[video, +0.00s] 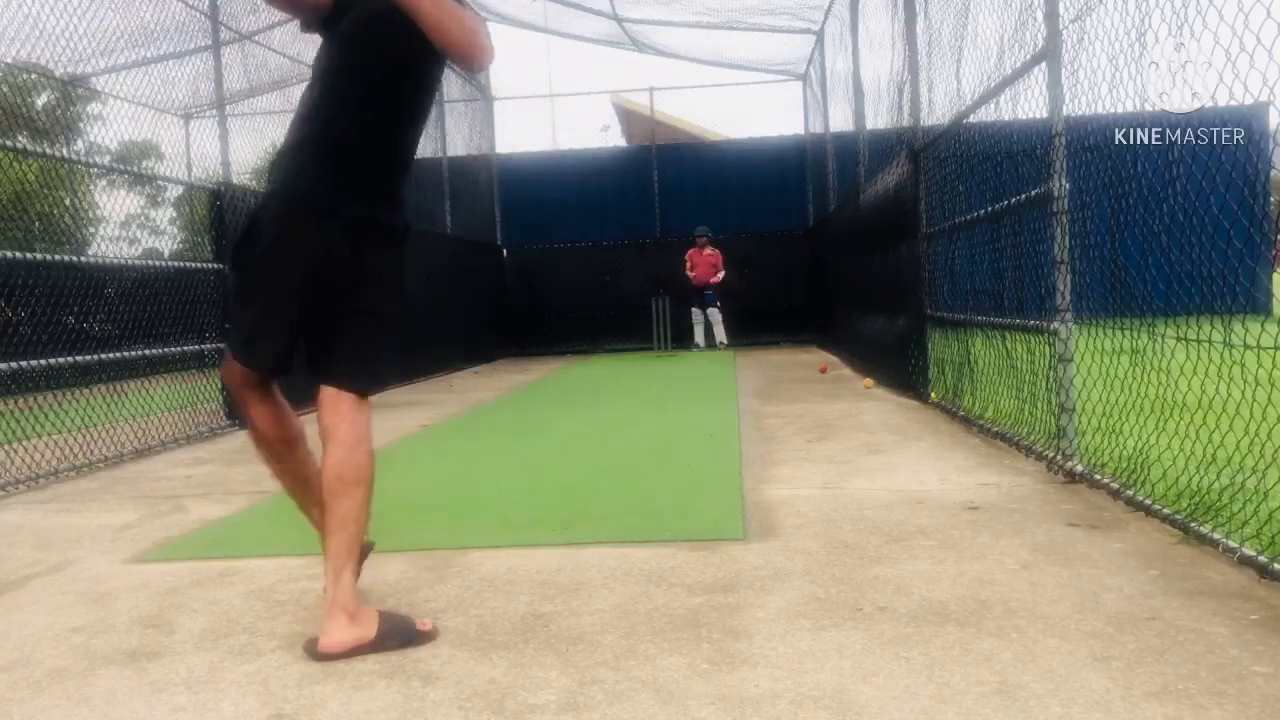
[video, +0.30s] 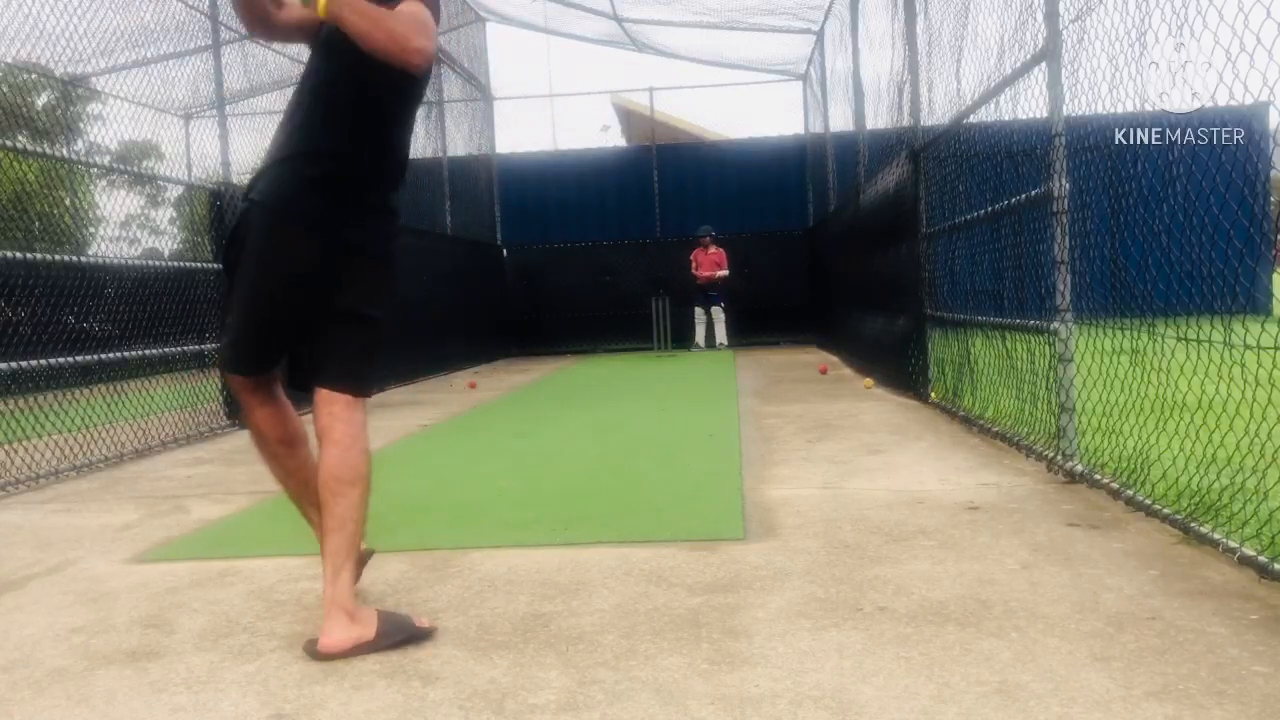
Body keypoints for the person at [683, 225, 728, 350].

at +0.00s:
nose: (700, 240)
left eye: (702, 237)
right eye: (698, 237)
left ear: (708, 238)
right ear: (695, 239)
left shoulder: (715, 253)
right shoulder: (691, 253)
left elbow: (721, 270)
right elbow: (687, 270)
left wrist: (717, 277)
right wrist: (691, 275)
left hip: (710, 285)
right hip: (696, 286)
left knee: (713, 313)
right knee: (696, 315)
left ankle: (721, 341)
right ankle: (699, 343)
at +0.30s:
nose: (702, 240)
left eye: (705, 237)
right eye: (701, 237)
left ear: (711, 237)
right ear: (698, 239)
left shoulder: (719, 252)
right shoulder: (696, 253)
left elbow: (725, 271)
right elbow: (693, 270)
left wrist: (714, 275)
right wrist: (699, 274)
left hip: (715, 285)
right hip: (701, 286)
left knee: (717, 313)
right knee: (699, 314)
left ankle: (721, 342)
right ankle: (699, 343)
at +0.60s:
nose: (708, 240)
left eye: (710, 237)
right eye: (706, 237)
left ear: (716, 237)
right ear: (703, 239)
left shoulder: (724, 252)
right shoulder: (701, 252)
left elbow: (731, 270)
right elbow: (697, 270)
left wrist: (718, 275)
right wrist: (704, 275)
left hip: (718, 285)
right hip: (705, 285)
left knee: (720, 311)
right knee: (701, 311)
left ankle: (722, 342)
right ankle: (700, 342)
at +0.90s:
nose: (735, 267)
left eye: (736, 265)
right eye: (734, 264)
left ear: (735, 264)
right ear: (729, 262)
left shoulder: (730, 269)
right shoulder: (720, 271)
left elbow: (728, 280)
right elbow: (721, 286)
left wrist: (729, 286)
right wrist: (727, 288)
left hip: (715, 291)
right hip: (704, 291)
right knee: (701, 314)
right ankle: (695, 335)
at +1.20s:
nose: (726, 248)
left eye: (728, 245)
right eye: (723, 245)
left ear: (731, 247)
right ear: (719, 245)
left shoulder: (730, 262)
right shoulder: (710, 255)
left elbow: (731, 280)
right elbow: (701, 270)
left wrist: (734, 294)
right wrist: (710, 283)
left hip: (718, 290)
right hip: (703, 288)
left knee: (719, 313)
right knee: (697, 314)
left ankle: (722, 343)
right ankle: (698, 341)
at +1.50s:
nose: (710, 240)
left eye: (712, 237)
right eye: (707, 237)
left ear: (716, 239)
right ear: (703, 239)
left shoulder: (720, 253)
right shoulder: (696, 253)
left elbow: (724, 271)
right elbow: (690, 268)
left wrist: (726, 278)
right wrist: (699, 273)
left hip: (715, 286)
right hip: (700, 287)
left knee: (720, 312)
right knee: (700, 315)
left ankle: (723, 342)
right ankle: (702, 343)